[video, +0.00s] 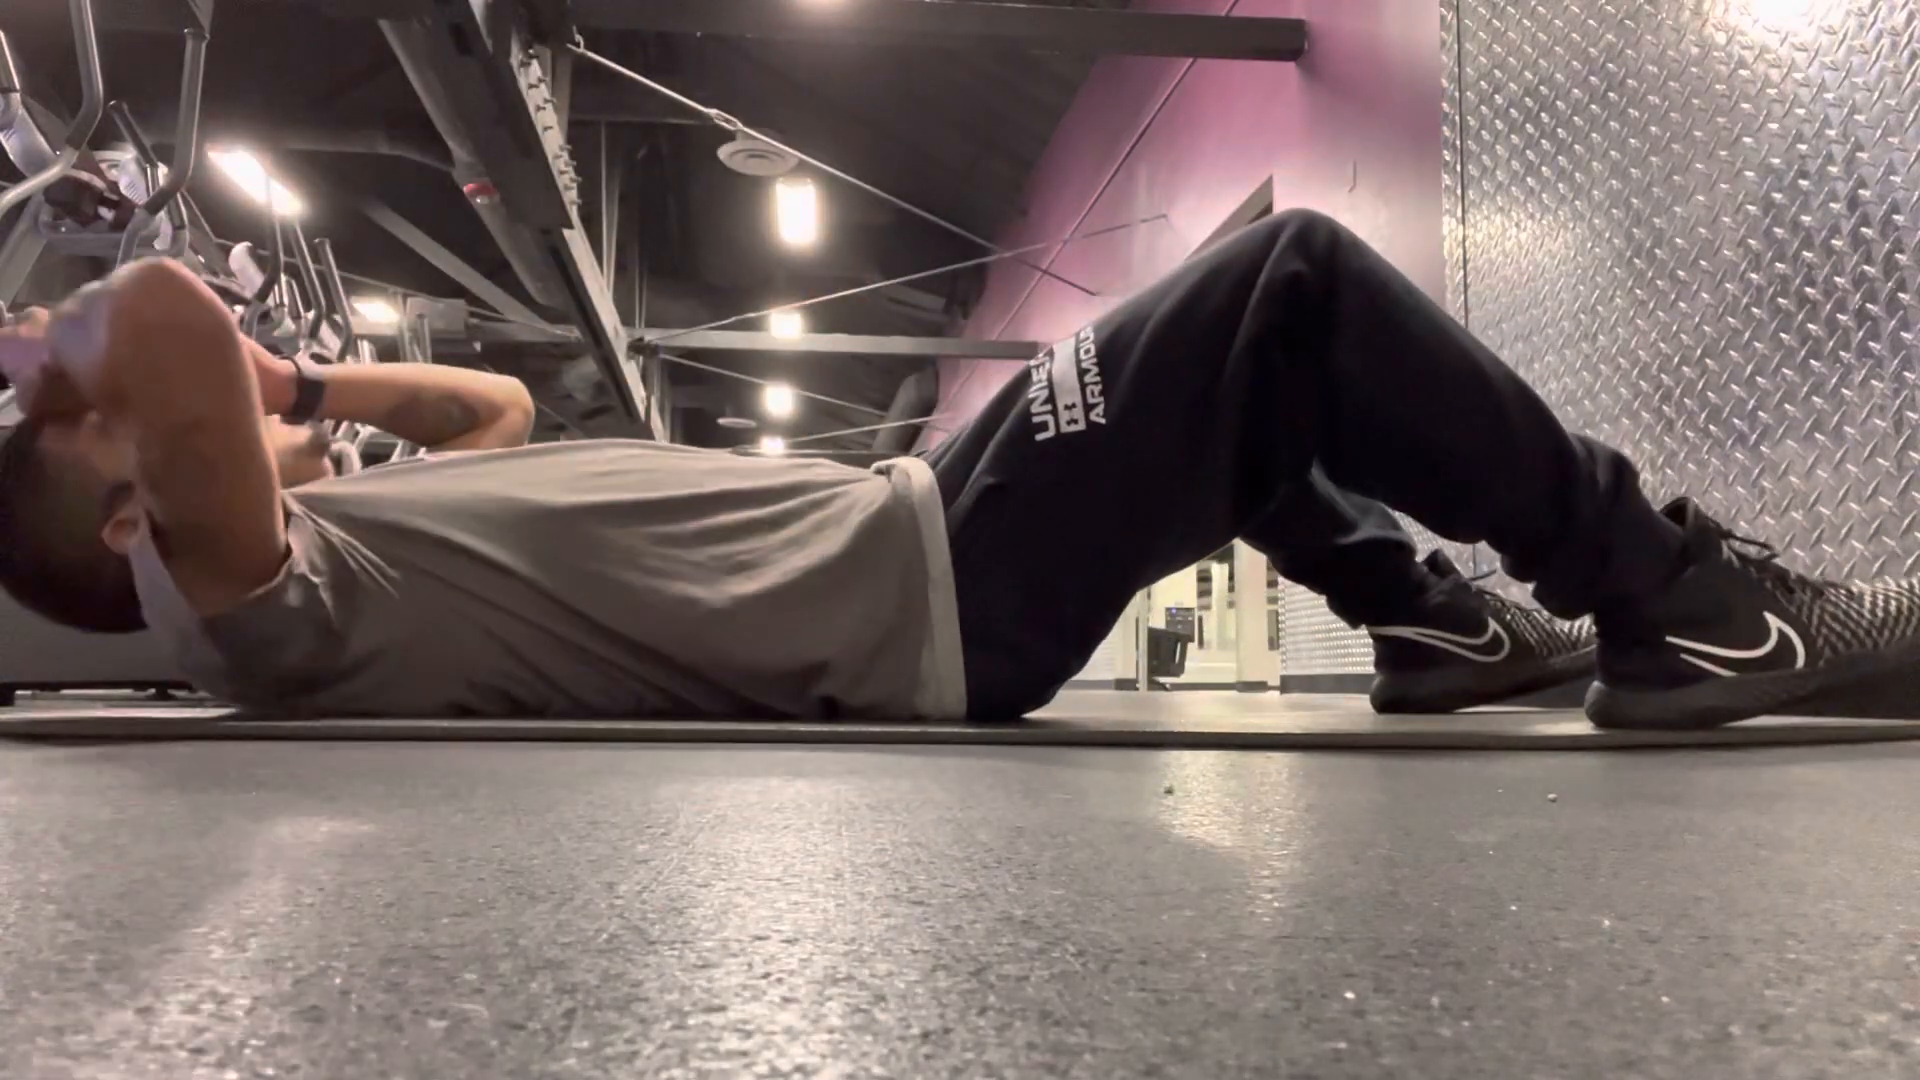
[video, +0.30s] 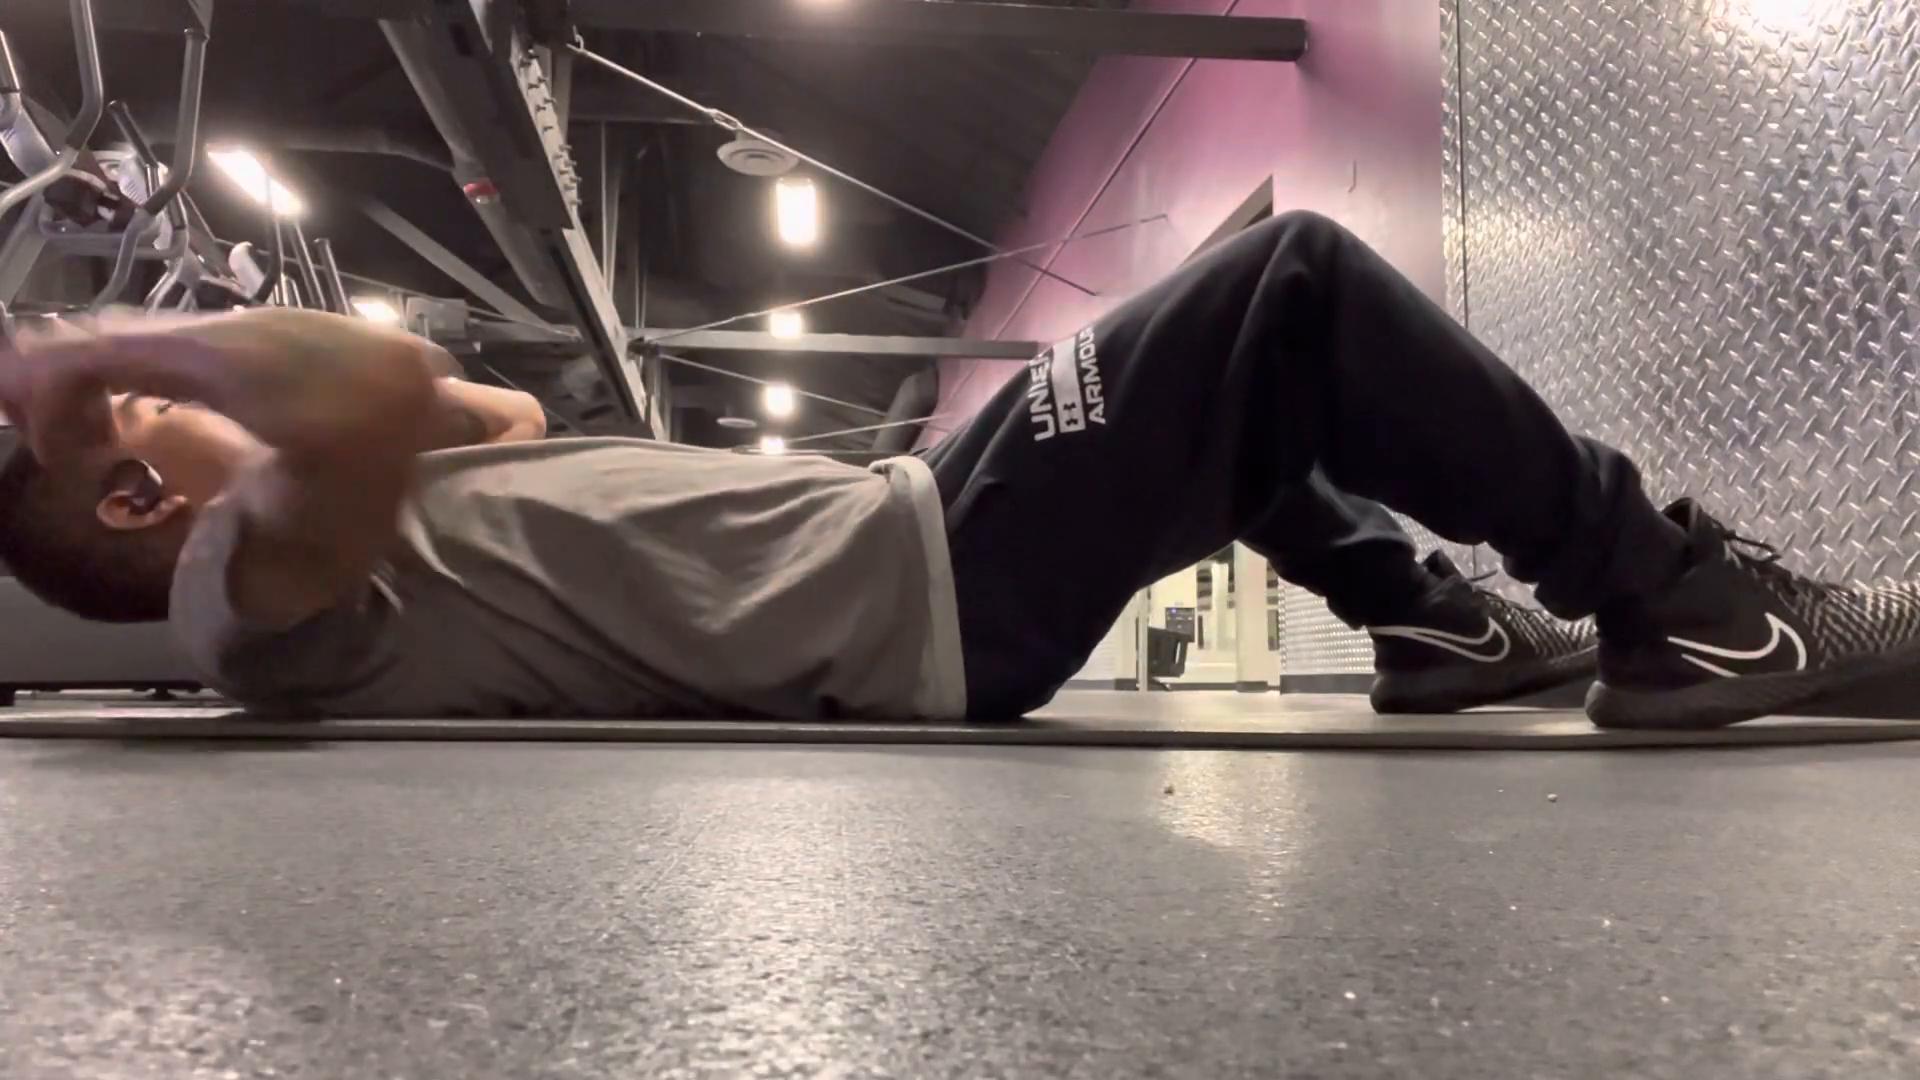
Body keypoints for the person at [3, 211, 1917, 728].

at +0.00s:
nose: (153, 421)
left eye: (120, 417)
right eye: (118, 434)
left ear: (163, 492)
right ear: (134, 515)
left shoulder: (340, 522)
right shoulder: (268, 618)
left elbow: (491, 397)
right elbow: (166, 305)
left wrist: (250, 382)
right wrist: (75, 372)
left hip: (901, 517)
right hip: (924, 604)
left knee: (1143, 345)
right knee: (1285, 277)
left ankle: (1432, 622)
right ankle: (1679, 589)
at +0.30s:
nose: (154, 428)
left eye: (128, 418)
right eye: (120, 441)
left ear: (168, 485)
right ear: (146, 515)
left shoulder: (311, 564)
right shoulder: (282, 603)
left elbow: (462, 413)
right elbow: (391, 375)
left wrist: (152, 365)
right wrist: (105, 353)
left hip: (897, 535)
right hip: (925, 602)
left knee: (1169, 341)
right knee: (1290, 278)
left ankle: (1433, 622)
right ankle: (1677, 588)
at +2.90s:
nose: (275, 308)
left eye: (255, 295)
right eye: (228, 324)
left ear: (286, 324)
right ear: (197, 433)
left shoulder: (422, 450)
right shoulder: (314, 515)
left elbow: (635, 428)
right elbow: (366, 255)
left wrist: (554, 260)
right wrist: (413, 103)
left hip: (894, 510)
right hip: (908, 578)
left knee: (1218, 335)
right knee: (1278, 264)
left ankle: (1435, 614)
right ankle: (1642, 592)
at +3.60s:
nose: (1068, 61)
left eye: (1063, 47)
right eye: (1061, 45)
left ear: (918, 18)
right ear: (980, 18)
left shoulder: (851, 149)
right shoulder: (885, 73)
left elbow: (1014, 381)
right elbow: (1146, 104)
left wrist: (1180, 244)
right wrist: (1369, 31)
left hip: (982, 607)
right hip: (1021, 608)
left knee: (1251, 302)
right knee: (1333, 267)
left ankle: (1441, 624)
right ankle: (1678, 598)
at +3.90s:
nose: (1250, 39)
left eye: (1251, 24)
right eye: (1235, 14)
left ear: (1129, 19)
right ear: (1151, 1)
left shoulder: (1015, 94)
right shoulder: (1061, 71)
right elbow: (1051, 266)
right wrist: (1383, 105)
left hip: (1029, 629)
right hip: (1077, 619)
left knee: (1268, 321)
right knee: (1388, 278)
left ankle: (1457, 626)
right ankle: (1708, 607)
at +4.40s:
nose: (329, 258)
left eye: (308, 239)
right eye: (268, 263)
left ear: (322, 283)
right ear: (200, 372)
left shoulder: (432, 428)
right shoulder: (307, 450)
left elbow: (641, 407)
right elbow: (469, 256)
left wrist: (710, 233)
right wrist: (585, 67)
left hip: (844, 551)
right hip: (873, 608)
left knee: (1191, 337)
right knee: (1255, 288)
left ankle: (1444, 618)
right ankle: (1650, 584)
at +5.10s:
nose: (936, 25)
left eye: (932, 18)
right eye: (918, 9)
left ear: (802, 18)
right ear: (844, 3)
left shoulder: (766, 201)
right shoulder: (758, 102)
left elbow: (976, 385)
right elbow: (1045, 179)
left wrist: (1160, 259)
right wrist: (1364, 44)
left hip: (947, 608)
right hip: (958, 609)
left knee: (1214, 316)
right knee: (1282, 279)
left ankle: (1445, 614)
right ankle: (1658, 590)